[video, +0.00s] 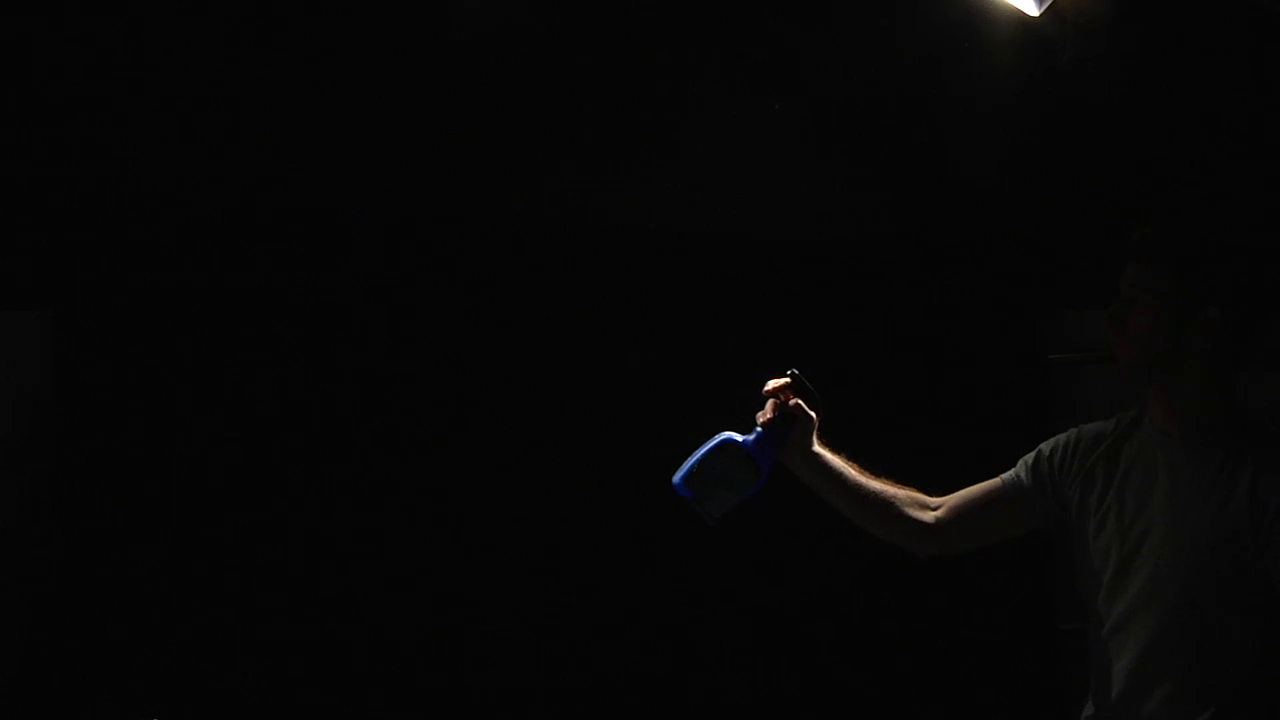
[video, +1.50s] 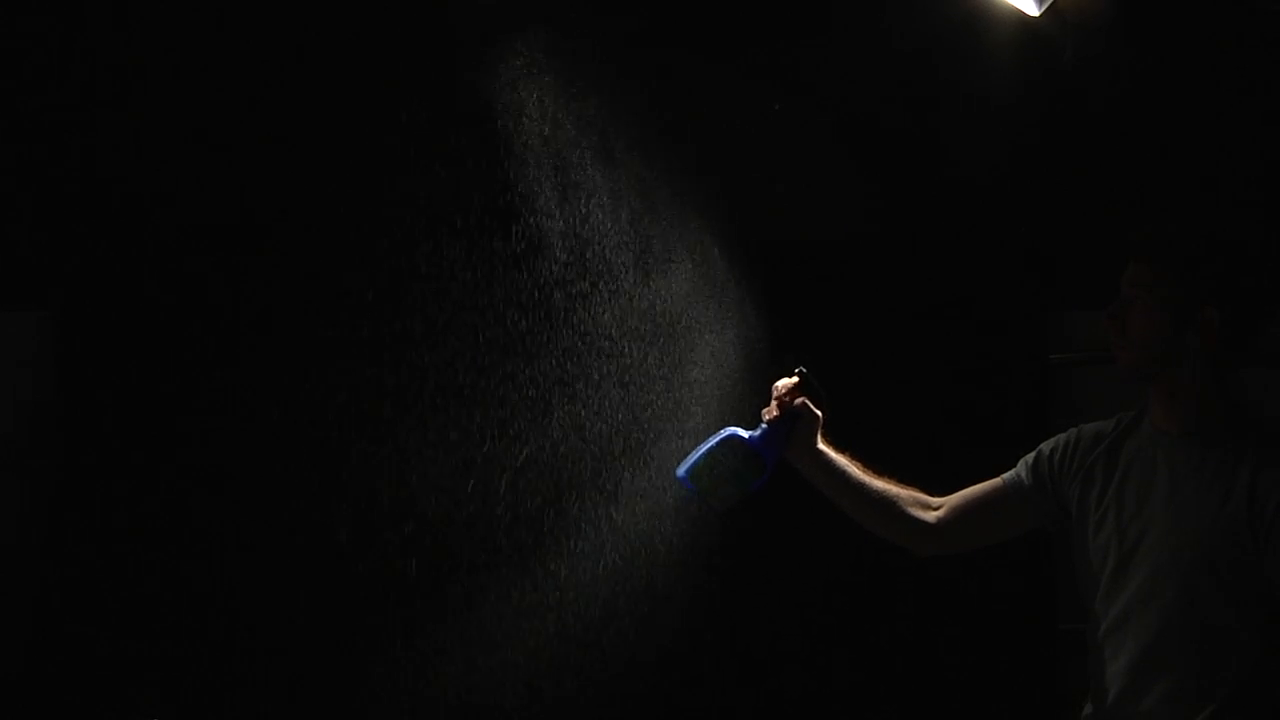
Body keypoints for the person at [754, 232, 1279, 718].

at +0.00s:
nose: (1121, 321)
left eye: (1143, 304)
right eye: (1125, 303)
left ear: (1201, 319)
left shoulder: (1256, 458)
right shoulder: (1087, 457)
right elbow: (931, 519)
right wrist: (807, 452)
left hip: (1235, 699)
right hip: (1119, 701)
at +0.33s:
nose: (1119, 322)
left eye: (1140, 306)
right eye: (1123, 304)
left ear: (1201, 322)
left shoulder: (1261, 460)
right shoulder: (1087, 458)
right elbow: (931, 520)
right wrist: (806, 449)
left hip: (1231, 700)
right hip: (1115, 702)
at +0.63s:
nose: (1119, 321)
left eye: (1141, 303)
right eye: (1123, 302)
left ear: (1202, 322)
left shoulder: (1260, 461)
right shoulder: (1088, 456)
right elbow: (931, 518)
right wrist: (807, 445)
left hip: (1231, 699)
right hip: (1114, 700)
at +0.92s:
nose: (1118, 317)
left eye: (1141, 302)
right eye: (1122, 300)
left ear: (1200, 321)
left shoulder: (1255, 460)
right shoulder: (1088, 456)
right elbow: (930, 518)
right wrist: (808, 447)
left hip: (1231, 699)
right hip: (1117, 701)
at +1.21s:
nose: (1119, 318)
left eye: (1142, 302)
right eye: (1124, 300)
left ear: (1201, 321)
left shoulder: (1260, 460)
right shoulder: (1086, 457)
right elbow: (931, 519)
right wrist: (809, 447)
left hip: (1228, 701)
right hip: (1114, 702)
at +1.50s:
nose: (1117, 318)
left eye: (1140, 301)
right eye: (1122, 299)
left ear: (1200, 318)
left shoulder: (1256, 458)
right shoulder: (1090, 455)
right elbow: (932, 520)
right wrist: (810, 449)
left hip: (1232, 700)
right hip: (1118, 701)